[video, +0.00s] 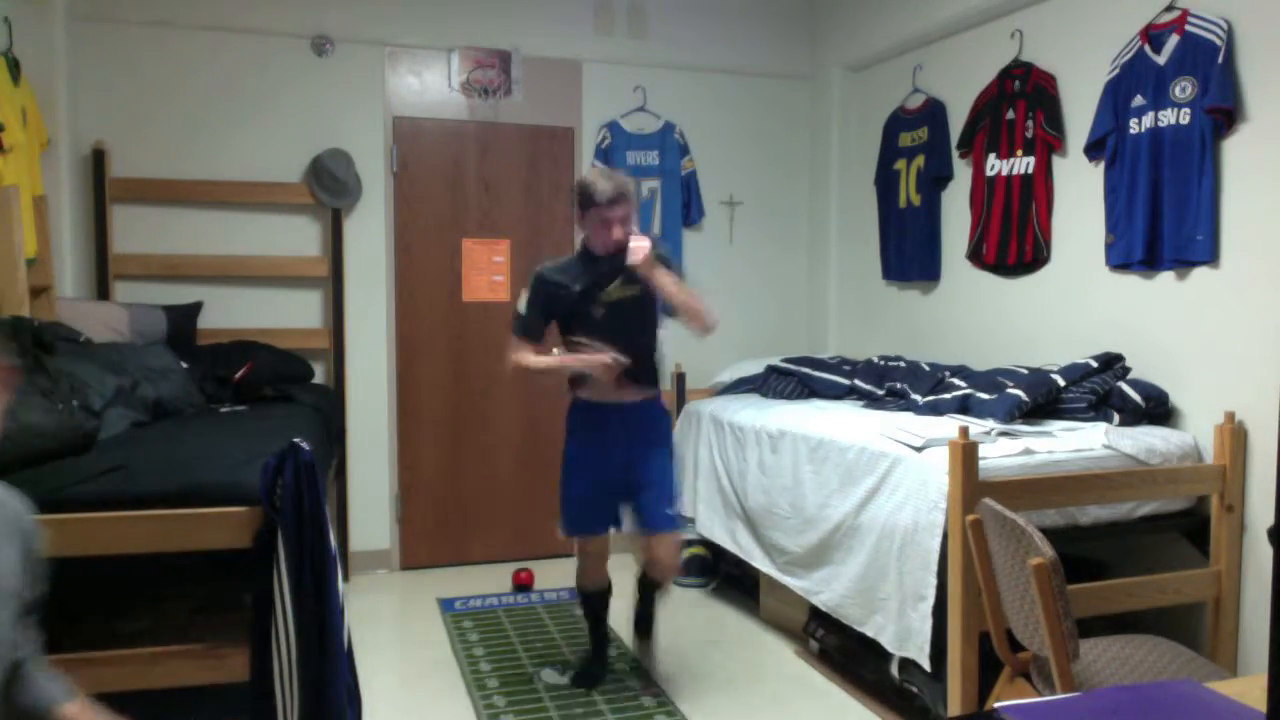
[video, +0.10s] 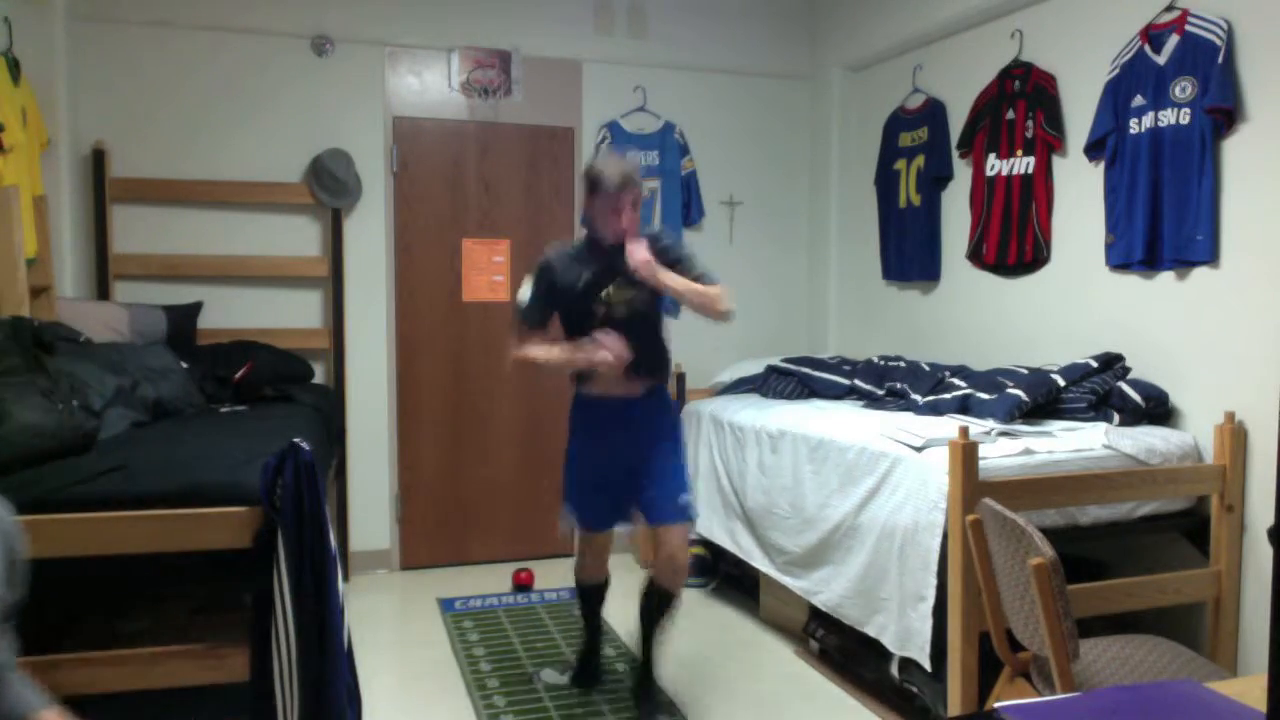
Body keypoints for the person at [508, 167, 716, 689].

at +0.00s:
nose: (616, 231)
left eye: (623, 220)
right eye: (605, 222)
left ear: (633, 218)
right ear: (581, 221)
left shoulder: (651, 266)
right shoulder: (553, 280)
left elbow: (702, 321)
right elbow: (518, 356)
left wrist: (649, 269)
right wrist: (580, 362)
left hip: (647, 419)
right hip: (590, 421)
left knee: (665, 553)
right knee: (591, 544)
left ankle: (646, 606)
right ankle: (598, 650)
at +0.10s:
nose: (624, 216)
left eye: (631, 205)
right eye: (614, 206)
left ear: (641, 203)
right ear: (589, 206)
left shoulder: (662, 253)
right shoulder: (560, 267)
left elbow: (722, 306)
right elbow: (523, 348)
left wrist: (658, 276)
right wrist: (584, 352)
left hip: (654, 415)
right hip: (594, 418)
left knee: (674, 557)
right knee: (593, 545)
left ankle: (646, 675)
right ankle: (589, 654)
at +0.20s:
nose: (632, 201)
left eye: (642, 187)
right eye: (618, 189)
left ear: (657, 184)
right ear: (597, 192)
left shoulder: (682, 250)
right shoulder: (572, 260)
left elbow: (737, 336)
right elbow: (539, 348)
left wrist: (702, 271)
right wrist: (600, 359)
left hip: (671, 430)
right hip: (603, 431)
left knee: (672, 573)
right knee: (593, 559)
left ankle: (670, 711)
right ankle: (573, 668)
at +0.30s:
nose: (632, 202)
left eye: (642, 187)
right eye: (618, 189)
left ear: (662, 184)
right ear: (600, 192)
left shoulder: (693, 254)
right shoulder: (579, 264)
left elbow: (756, 338)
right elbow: (543, 354)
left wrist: (676, 294)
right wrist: (590, 360)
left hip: (675, 444)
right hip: (604, 443)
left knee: (675, 593)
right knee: (577, 593)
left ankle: (669, 712)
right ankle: (580, 690)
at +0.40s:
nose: (618, 165)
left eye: (630, 147)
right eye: (603, 152)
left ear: (657, 146)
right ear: (589, 157)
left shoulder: (706, 224)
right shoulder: (574, 236)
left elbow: (771, 337)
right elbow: (548, 332)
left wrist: (717, 281)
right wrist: (555, 364)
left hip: (681, 433)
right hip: (601, 430)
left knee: (688, 606)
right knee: (583, 597)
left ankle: (689, 714)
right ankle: (589, 715)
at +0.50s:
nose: (614, 164)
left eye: (627, 146)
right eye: (599, 150)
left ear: (656, 146)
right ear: (583, 156)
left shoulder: (708, 235)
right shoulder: (565, 244)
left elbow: (780, 343)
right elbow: (539, 342)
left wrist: (734, 306)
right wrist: (547, 377)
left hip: (687, 460)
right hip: (599, 459)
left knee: (703, 629)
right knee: (595, 631)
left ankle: (706, 714)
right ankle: (596, 714)